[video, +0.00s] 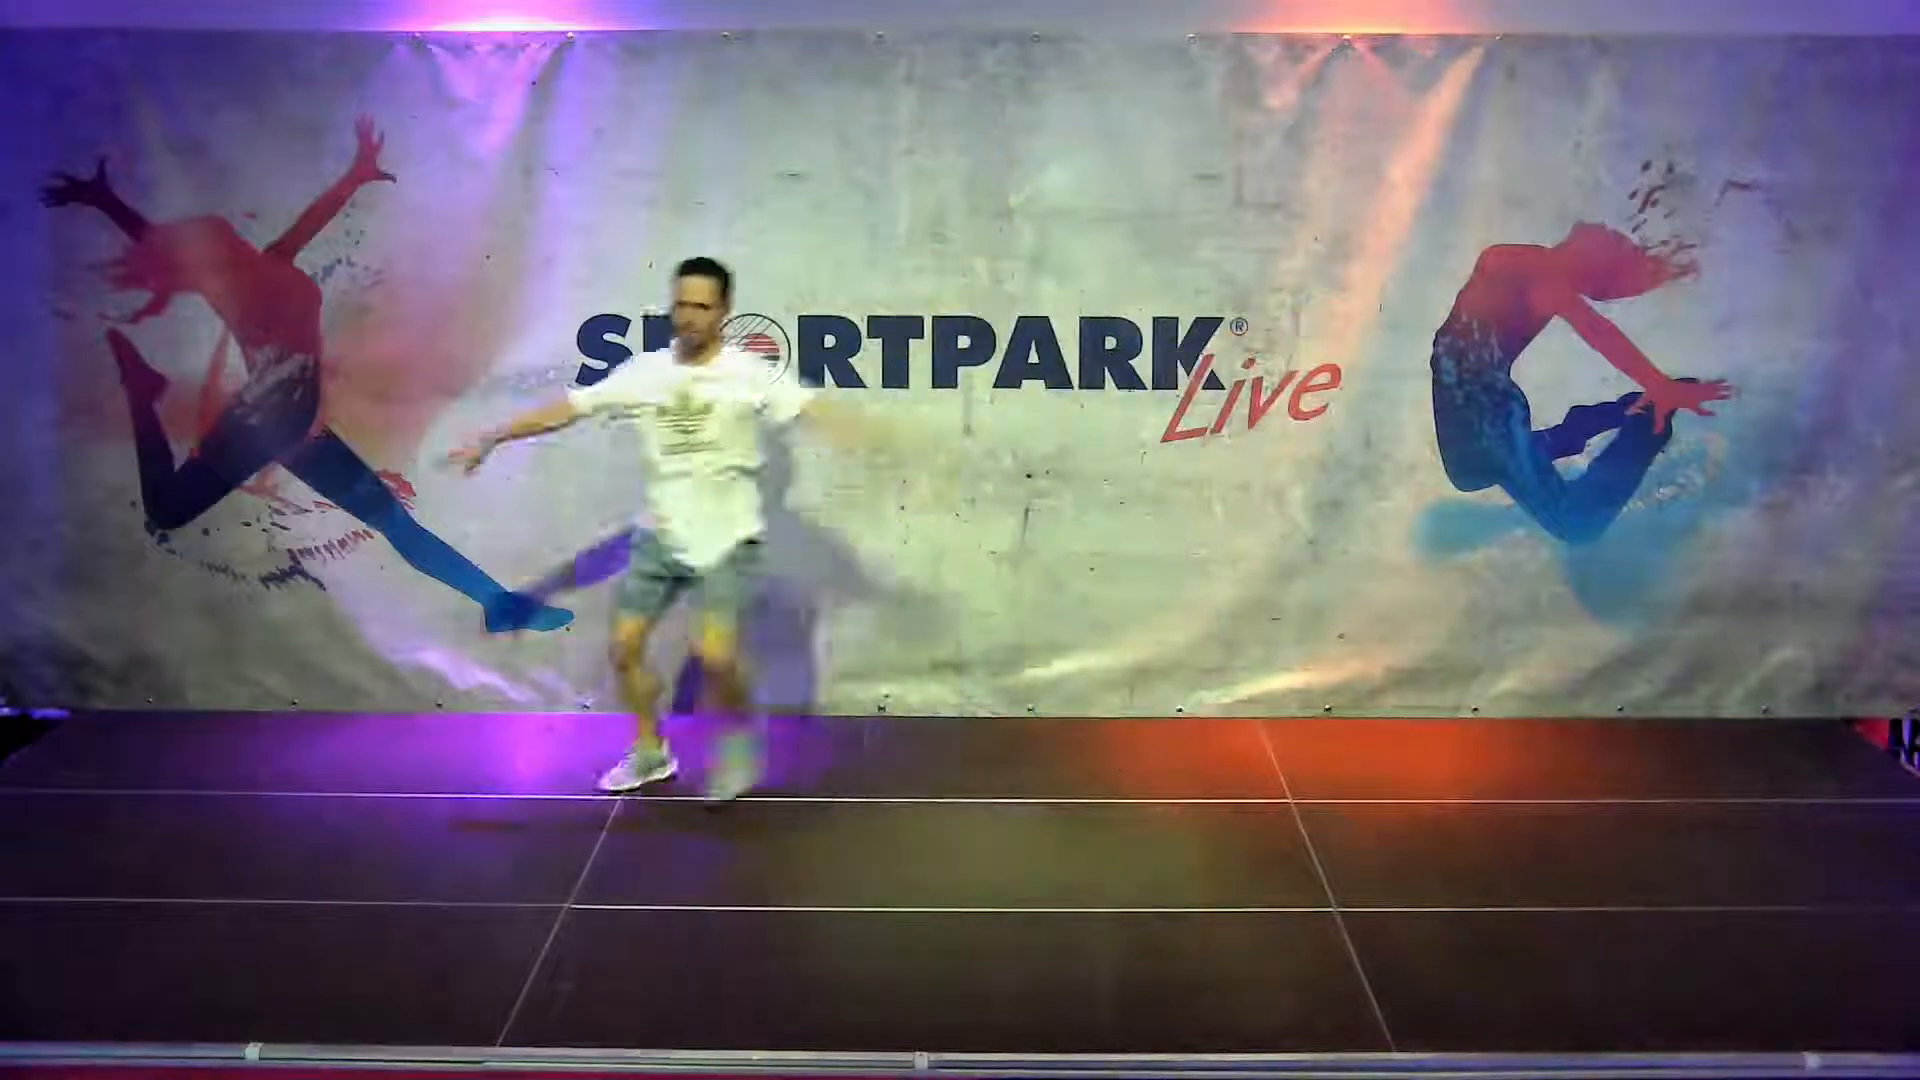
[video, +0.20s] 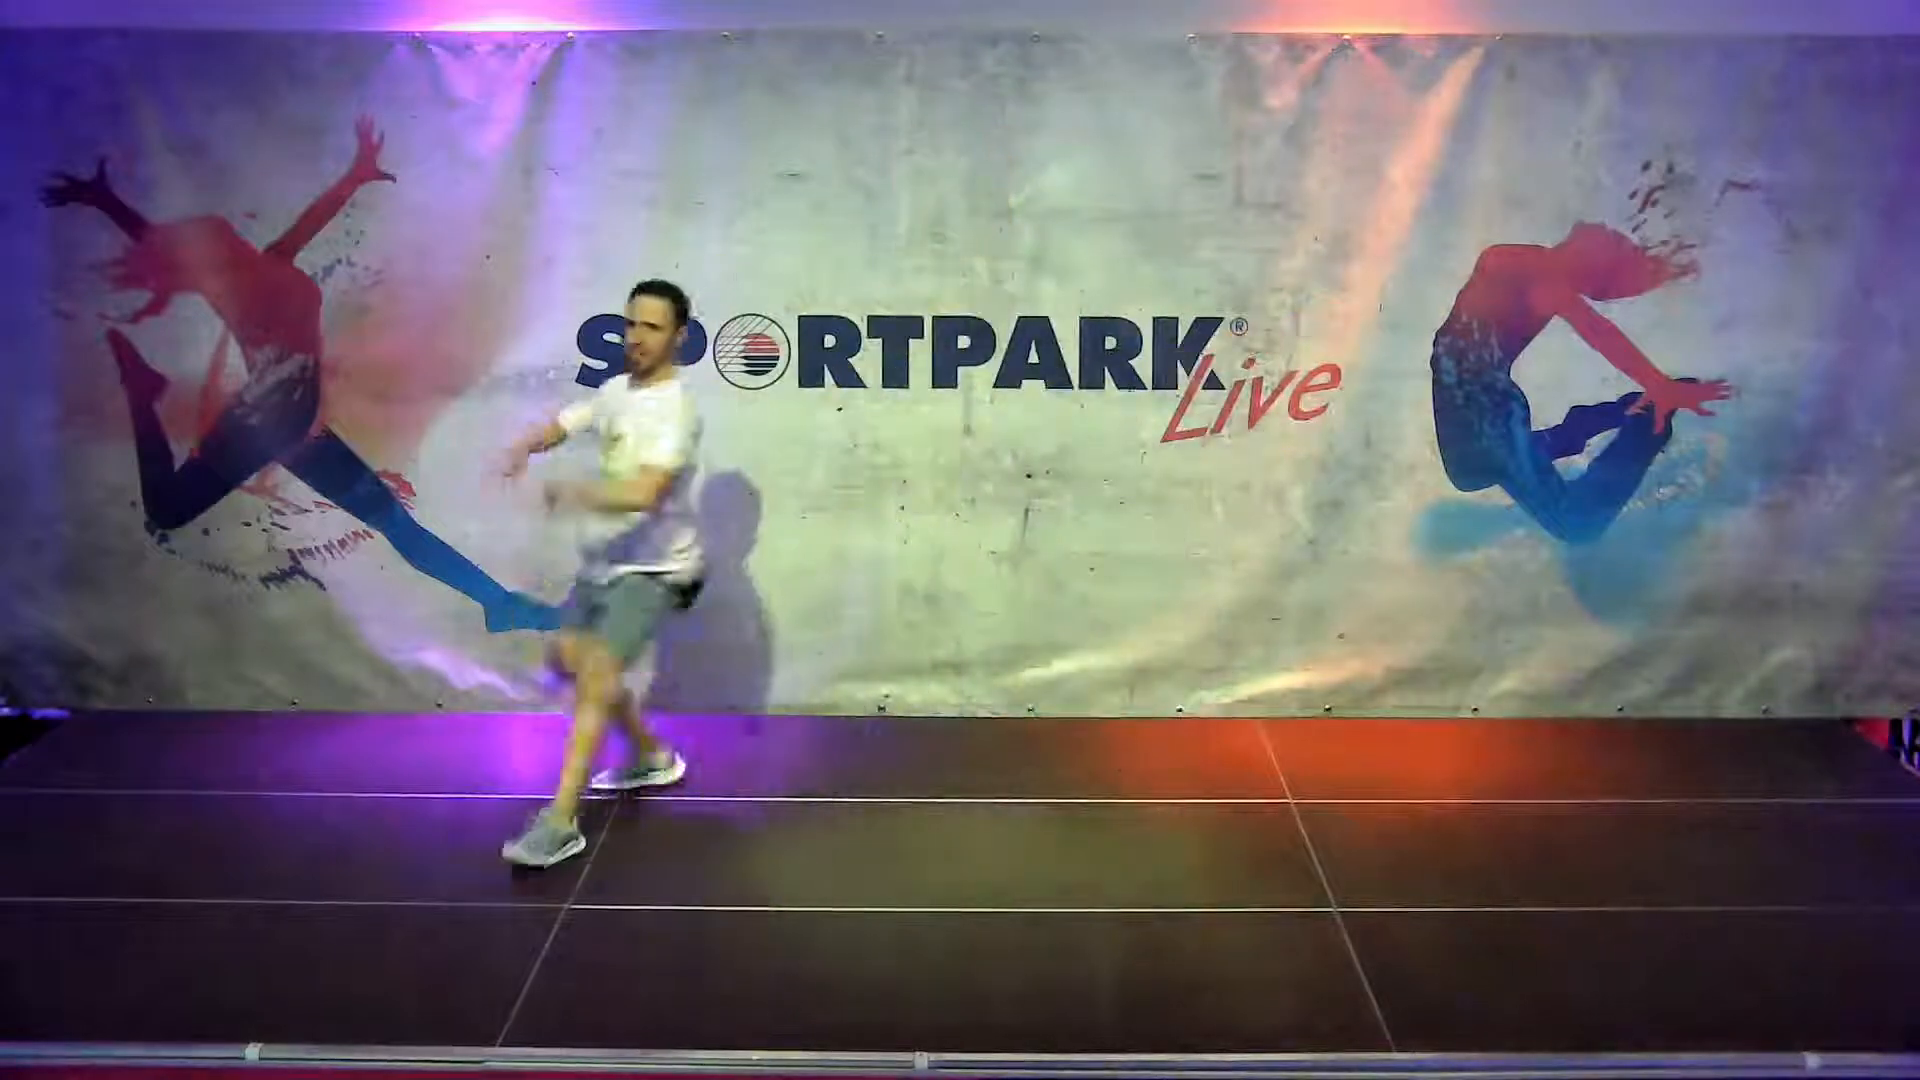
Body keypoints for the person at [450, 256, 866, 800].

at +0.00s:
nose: (687, 316)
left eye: (700, 307)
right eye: (681, 305)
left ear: (724, 313)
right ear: (672, 308)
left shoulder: (750, 375)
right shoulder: (646, 372)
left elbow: (817, 413)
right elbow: (571, 408)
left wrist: (879, 438)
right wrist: (494, 437)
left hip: (730, 536)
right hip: (662, 533)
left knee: (714, 652)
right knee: (625, 645)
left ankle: (740, 741)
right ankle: (650, 752)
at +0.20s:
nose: (636, 337)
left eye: (651, 328)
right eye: (631, 325)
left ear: (678, 338)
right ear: (625, 329)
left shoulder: (675, 407)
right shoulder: (618, 392)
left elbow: (646, 495)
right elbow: (564, 425)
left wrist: (571, 493)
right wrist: (526, 446)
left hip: (659, 565)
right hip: (607, 558)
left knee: (600, 667)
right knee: (572, 654)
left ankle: (562, 818)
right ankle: (652, 754)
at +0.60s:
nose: (618, 320)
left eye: (633, 313)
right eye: (615, 308)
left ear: (659, 326)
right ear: (607, 309)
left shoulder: (645, 386)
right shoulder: (591, 376)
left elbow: (650, 481)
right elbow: (527, 417)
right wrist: (514, 401)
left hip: (609, 553)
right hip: (571, 549)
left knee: (561, 672)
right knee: (531, 656)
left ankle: (558, 825)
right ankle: (620, 771)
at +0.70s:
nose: (656, 294)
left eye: (666, 286)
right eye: (648, 281)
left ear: (674, 295)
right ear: (620, 279)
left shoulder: (679, 358)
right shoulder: (574, 341)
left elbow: (725, 443)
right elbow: (526, 416)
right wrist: (565, 439)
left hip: (640, 531)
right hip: (576, 527)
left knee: (613, 658)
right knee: (565, 648)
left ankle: (586, 801)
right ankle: (626, 770)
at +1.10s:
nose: (789, 296)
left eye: (786, 286)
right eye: (786, 287)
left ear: (735, 285)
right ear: (774, 291)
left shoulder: (693, 326)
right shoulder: (759, 371)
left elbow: (643, 286)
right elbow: (773, 482)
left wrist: (688, 267)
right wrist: (805, 565)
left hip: (699, 508)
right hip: (731, 518)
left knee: (730, 635)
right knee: (718, 644)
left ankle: (706, 754)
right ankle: (619, 742)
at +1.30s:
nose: (889, 320)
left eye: (887, 310)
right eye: (888, 311)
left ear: (839, 302)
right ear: (881, 312)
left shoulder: (776, 338)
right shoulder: (867, 388)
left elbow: (703, 342)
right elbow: (932, 469)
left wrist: (651, 337)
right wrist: (994, 484)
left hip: (733, 516)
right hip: (798, 528)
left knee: (750, 626)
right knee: (873, 624)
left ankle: (725, 758)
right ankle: (876, 764)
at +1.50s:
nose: (954, 317)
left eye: (941, 307)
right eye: (959, 308)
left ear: (916, 313)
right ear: (963, 314)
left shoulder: (878, 376)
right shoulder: (988, 387)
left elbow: (793, 394)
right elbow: (1068, 416)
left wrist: (730, 379)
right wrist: (1119, 425)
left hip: (870, 549)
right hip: (944, 557)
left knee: (814, 640)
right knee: (999, 640)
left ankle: (749, 757)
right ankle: (1000, 767)